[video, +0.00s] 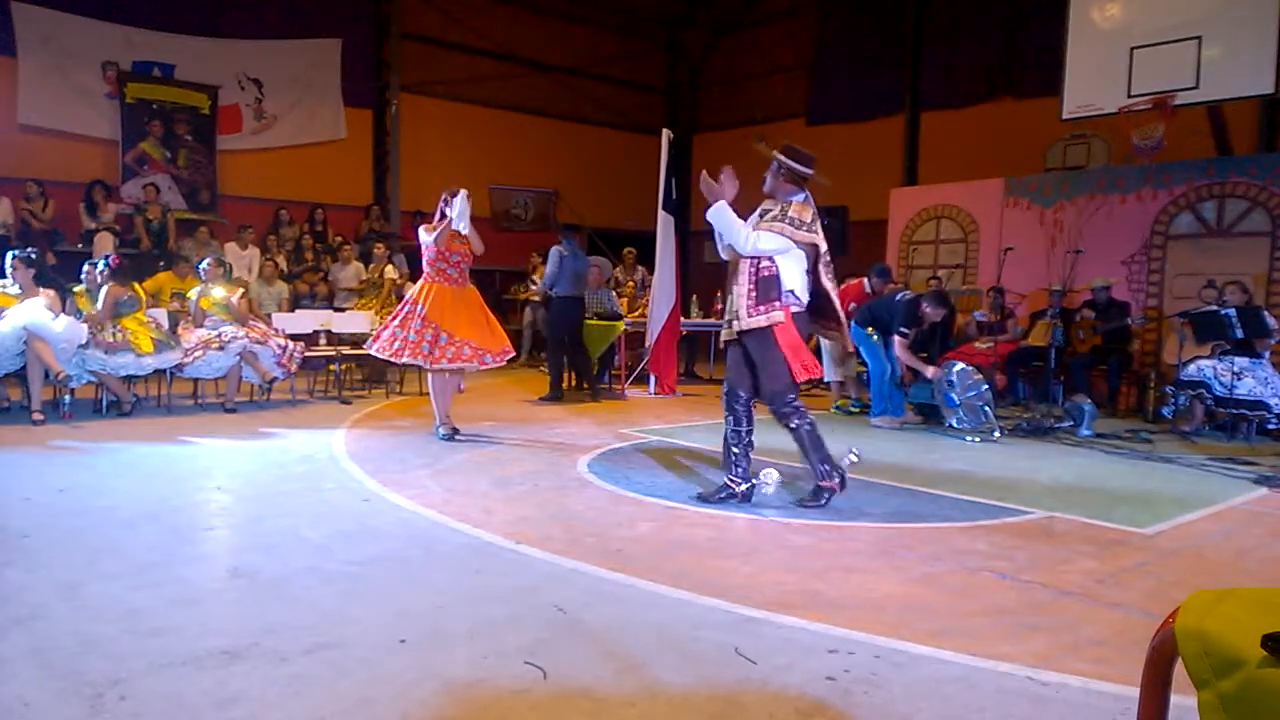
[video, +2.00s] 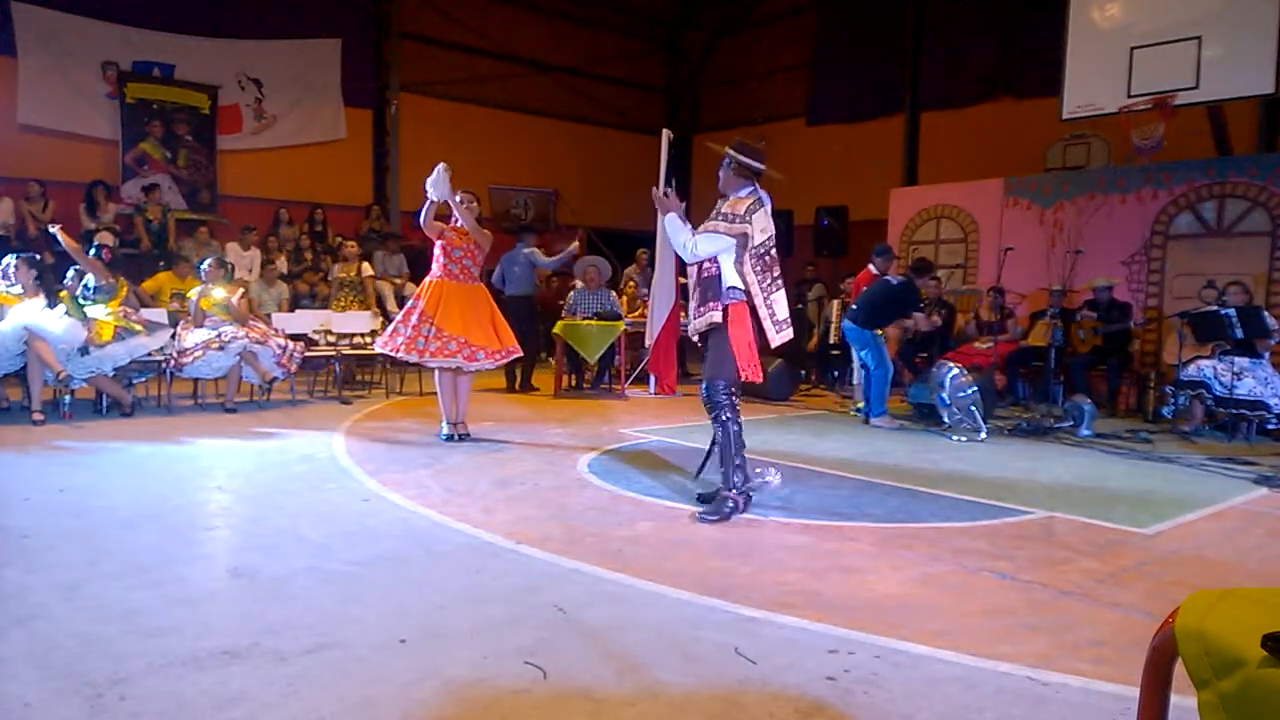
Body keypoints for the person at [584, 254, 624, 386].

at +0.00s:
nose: (593, 278)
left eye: (596, 274)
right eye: (591, 274)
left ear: (602, 278)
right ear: (586, 277)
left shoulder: (610, 294)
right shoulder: (582, 293)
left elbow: (619, 312)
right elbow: (576, 312)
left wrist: (602, 315)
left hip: (606, 327)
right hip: (586, 326)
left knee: (608, 347)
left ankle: (599, 378)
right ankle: (582, 378)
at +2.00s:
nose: (591, 276)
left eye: (594, 273)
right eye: (588, 273)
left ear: (600, 277)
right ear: (584, 277)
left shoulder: (609, 294)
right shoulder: (575, 294)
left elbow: (619, 314)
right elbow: (565, 314)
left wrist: (600, 316)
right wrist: (577, 318)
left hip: (602, 332)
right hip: (580, 331)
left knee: (609, 348)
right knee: (571, 347)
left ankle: (597, 381)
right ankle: (579, 378)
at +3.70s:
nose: (597, 279)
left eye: (600, 276)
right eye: (594, 276)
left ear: (605, 279)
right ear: (589, 277)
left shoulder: (612, 295)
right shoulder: (578, 293)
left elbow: (620, 315)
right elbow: (564, 313)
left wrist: (601, 317)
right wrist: (576, 317)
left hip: (603, 331)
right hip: (580, 330)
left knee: (609, 350)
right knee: (570, 347)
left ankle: (597, 381)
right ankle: (579, 377)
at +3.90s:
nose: (597, 279)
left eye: (600, 276)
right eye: (594, 276)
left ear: (605, 279)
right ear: (589, 278)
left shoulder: (612, 296)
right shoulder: (577, 295)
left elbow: (619, 315)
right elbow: (565, 313)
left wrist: (597, 317)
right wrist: (575, 317)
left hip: (603, 332)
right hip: (580, 331)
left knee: (609, 349)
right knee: (570, 346)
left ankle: (597, 380)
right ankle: (579, 378)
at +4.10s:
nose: (599, 278)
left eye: (602, 275)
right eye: (597, 275)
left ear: (606, 278)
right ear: (590, 277)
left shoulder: (612, 296)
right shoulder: (577, 294)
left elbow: (620, 316)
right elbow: (565, 313)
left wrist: (598, 317)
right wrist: (575, 317)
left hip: (603, 332)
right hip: (580, 331)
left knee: (610, 349)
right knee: (570, 345)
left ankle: (597, 380)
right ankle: (579, 377)